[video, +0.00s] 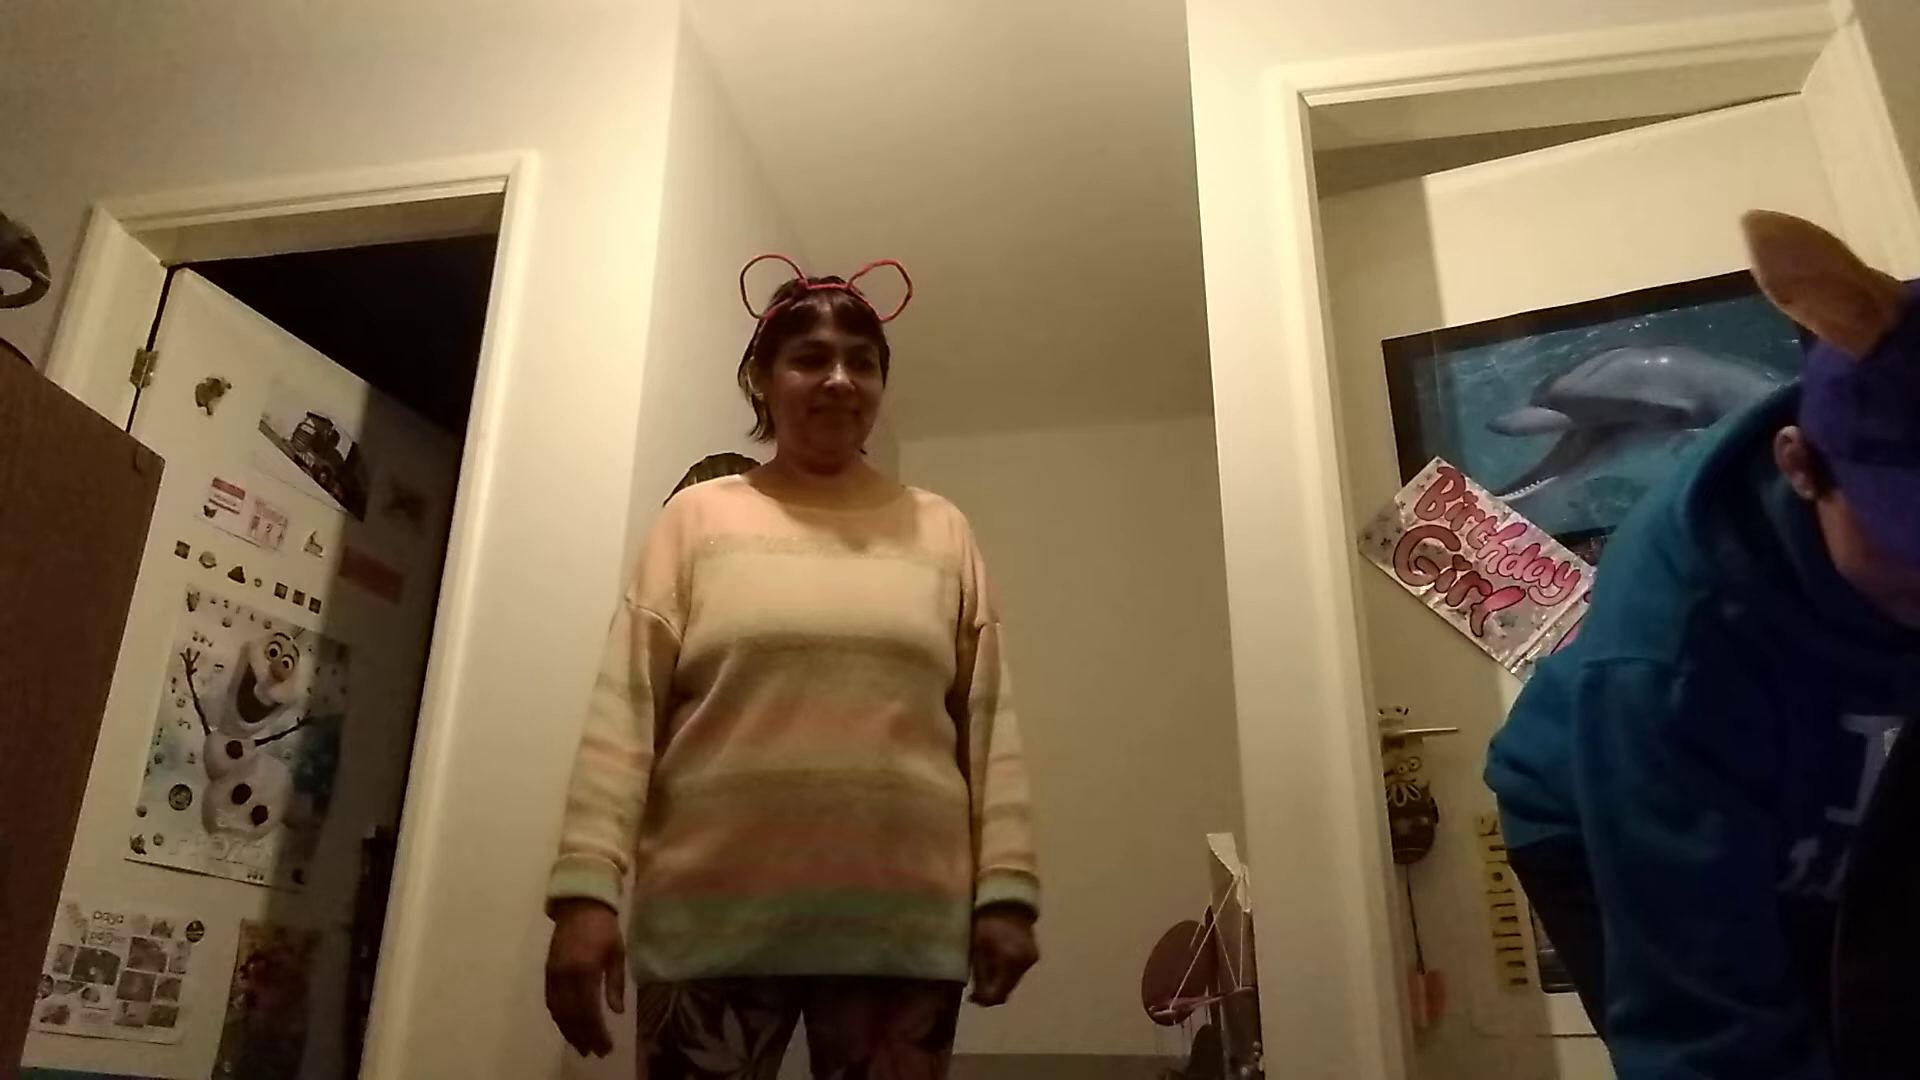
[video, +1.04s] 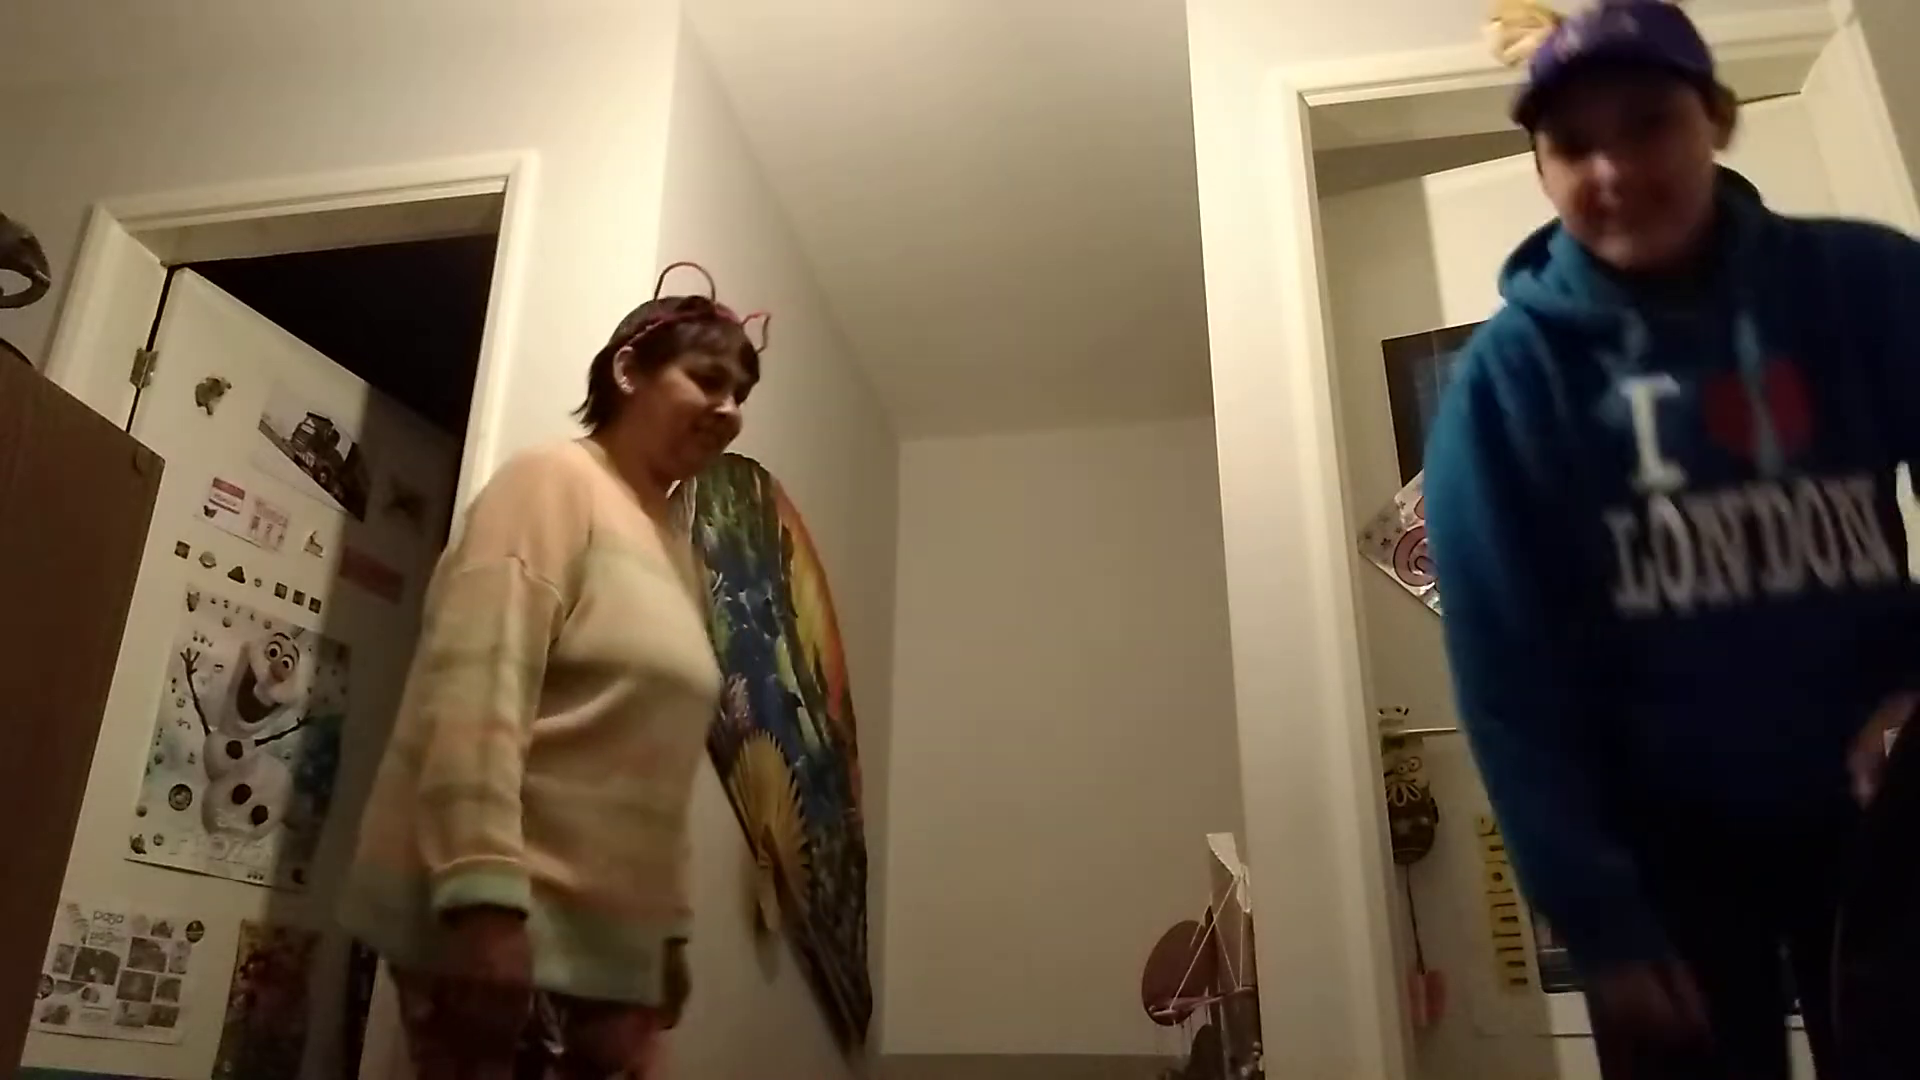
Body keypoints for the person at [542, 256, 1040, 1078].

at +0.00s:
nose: (839, 380)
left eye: (861, 362)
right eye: (811, 359)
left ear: (884, 385)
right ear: (761, 380)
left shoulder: (942, 529)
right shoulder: (695, 519)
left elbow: (990, 723)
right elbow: (624, 712)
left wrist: (1007, 891)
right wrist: (585, 894)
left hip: (901, 937)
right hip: (708, 934)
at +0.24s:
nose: (833, 384)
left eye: (854, 367)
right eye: (805, 363)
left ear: (877, 392)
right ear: (758, 386)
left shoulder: (935, 534)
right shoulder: (693, 522)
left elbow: (988, 726)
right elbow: (625, 720)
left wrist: (1021, 890)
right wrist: (598, 910)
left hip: (898, 932)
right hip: (706, 924)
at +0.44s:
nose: (797, 388)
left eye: (819, 372)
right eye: (770, 366)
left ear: (838, 399)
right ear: (717, 384)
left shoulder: (878, 548)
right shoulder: (645, 518)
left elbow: (926, 740)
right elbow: (567, 712)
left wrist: (956, 908)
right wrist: (546, 902)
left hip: (836, 942)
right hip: (645, 935)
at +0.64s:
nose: (755, 392)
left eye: (776, 377)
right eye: (727, 367)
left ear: (790, 404)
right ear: (669, 379)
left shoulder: (802, 559)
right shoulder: (588, 502)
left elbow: (827, 753)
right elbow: (495, 688)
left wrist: (837, 930)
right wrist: (482, 883)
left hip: (750, 954)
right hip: (571, 944)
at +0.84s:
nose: (742, 398)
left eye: (757, 387)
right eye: (718, 369)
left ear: (763, 411)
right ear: (645, 365)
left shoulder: (725, 548)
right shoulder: (567, 486)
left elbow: (735, 750)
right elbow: (472, 681)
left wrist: (746, 924)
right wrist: (457, 894)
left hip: (677, 959)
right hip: (531, 949)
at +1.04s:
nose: (726, 410)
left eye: (740, 396)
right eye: (707, 378)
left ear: (741, 417)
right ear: (630, 370)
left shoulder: (673, 541)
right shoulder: (551, 482)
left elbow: (656, 768)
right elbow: (472, 694)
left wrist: (667, 940)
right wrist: (484, 902)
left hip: (615, 955)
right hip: (499, 938)